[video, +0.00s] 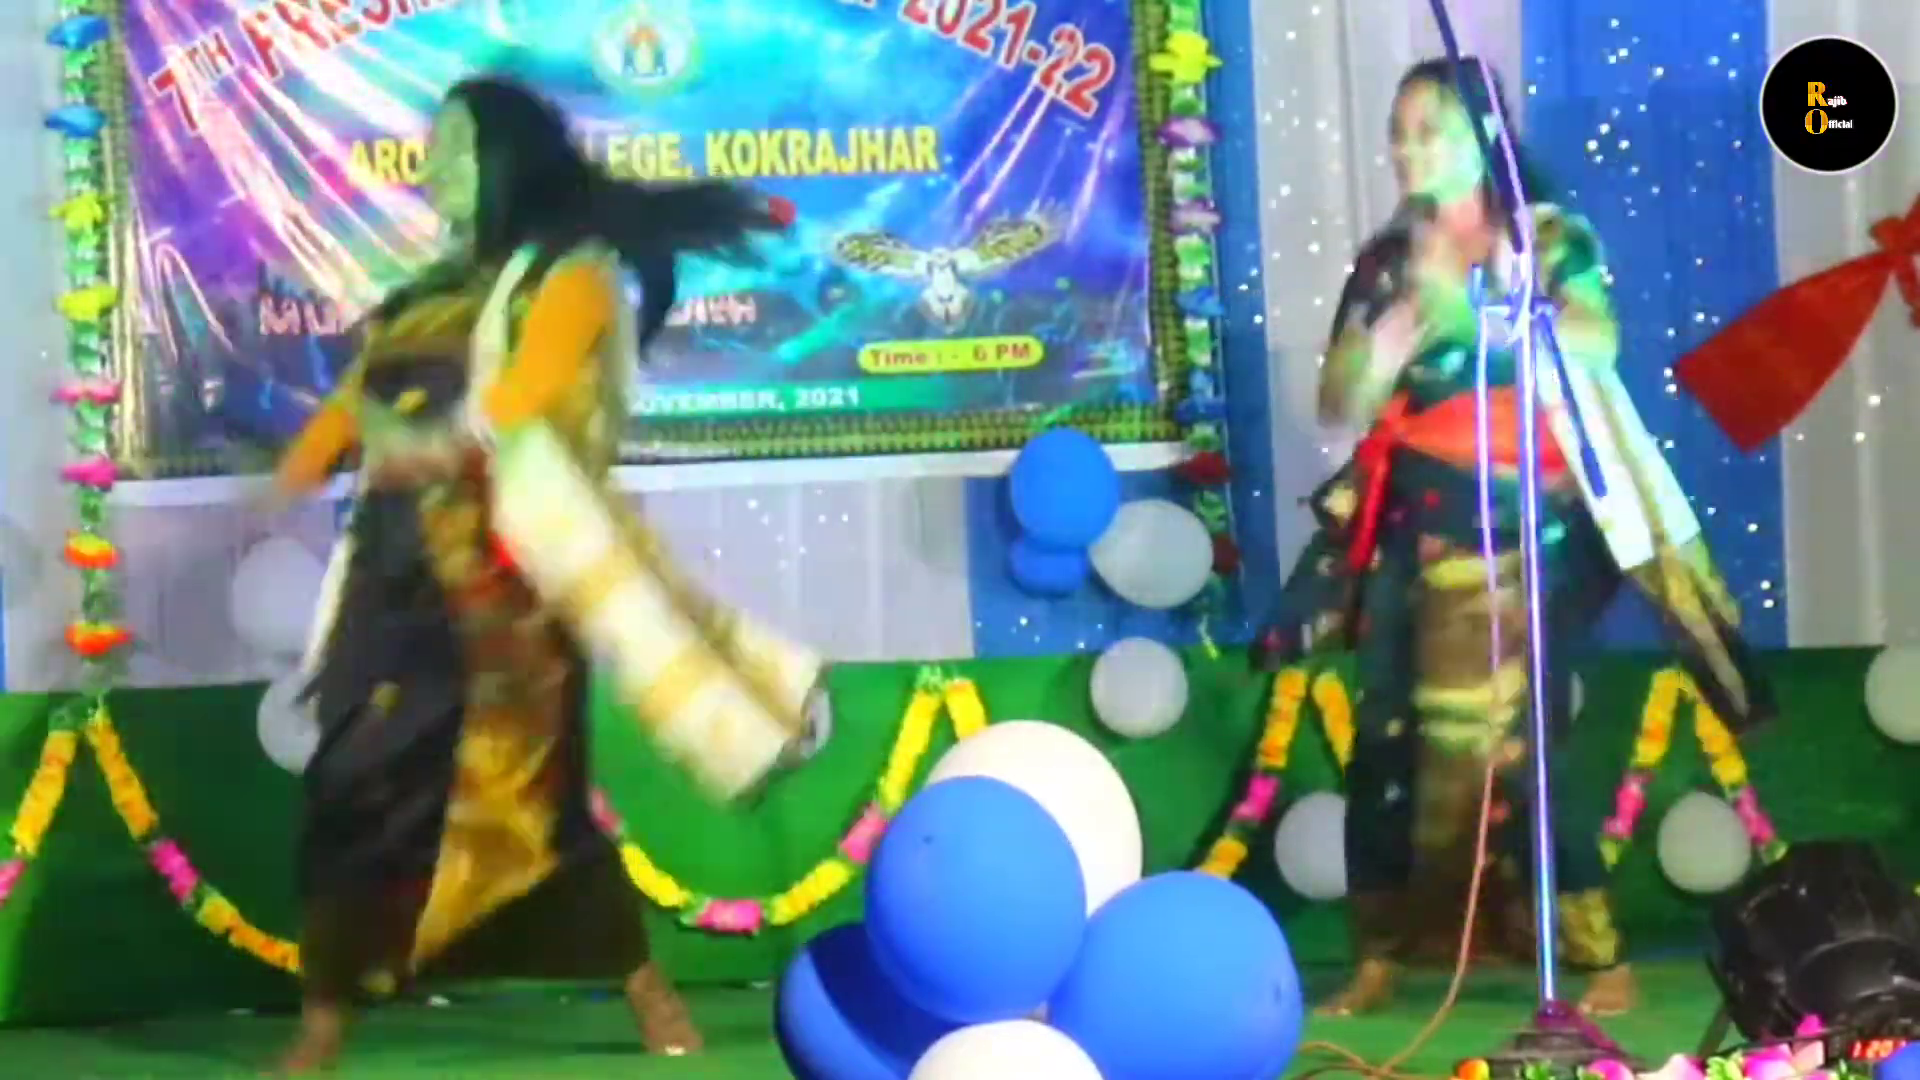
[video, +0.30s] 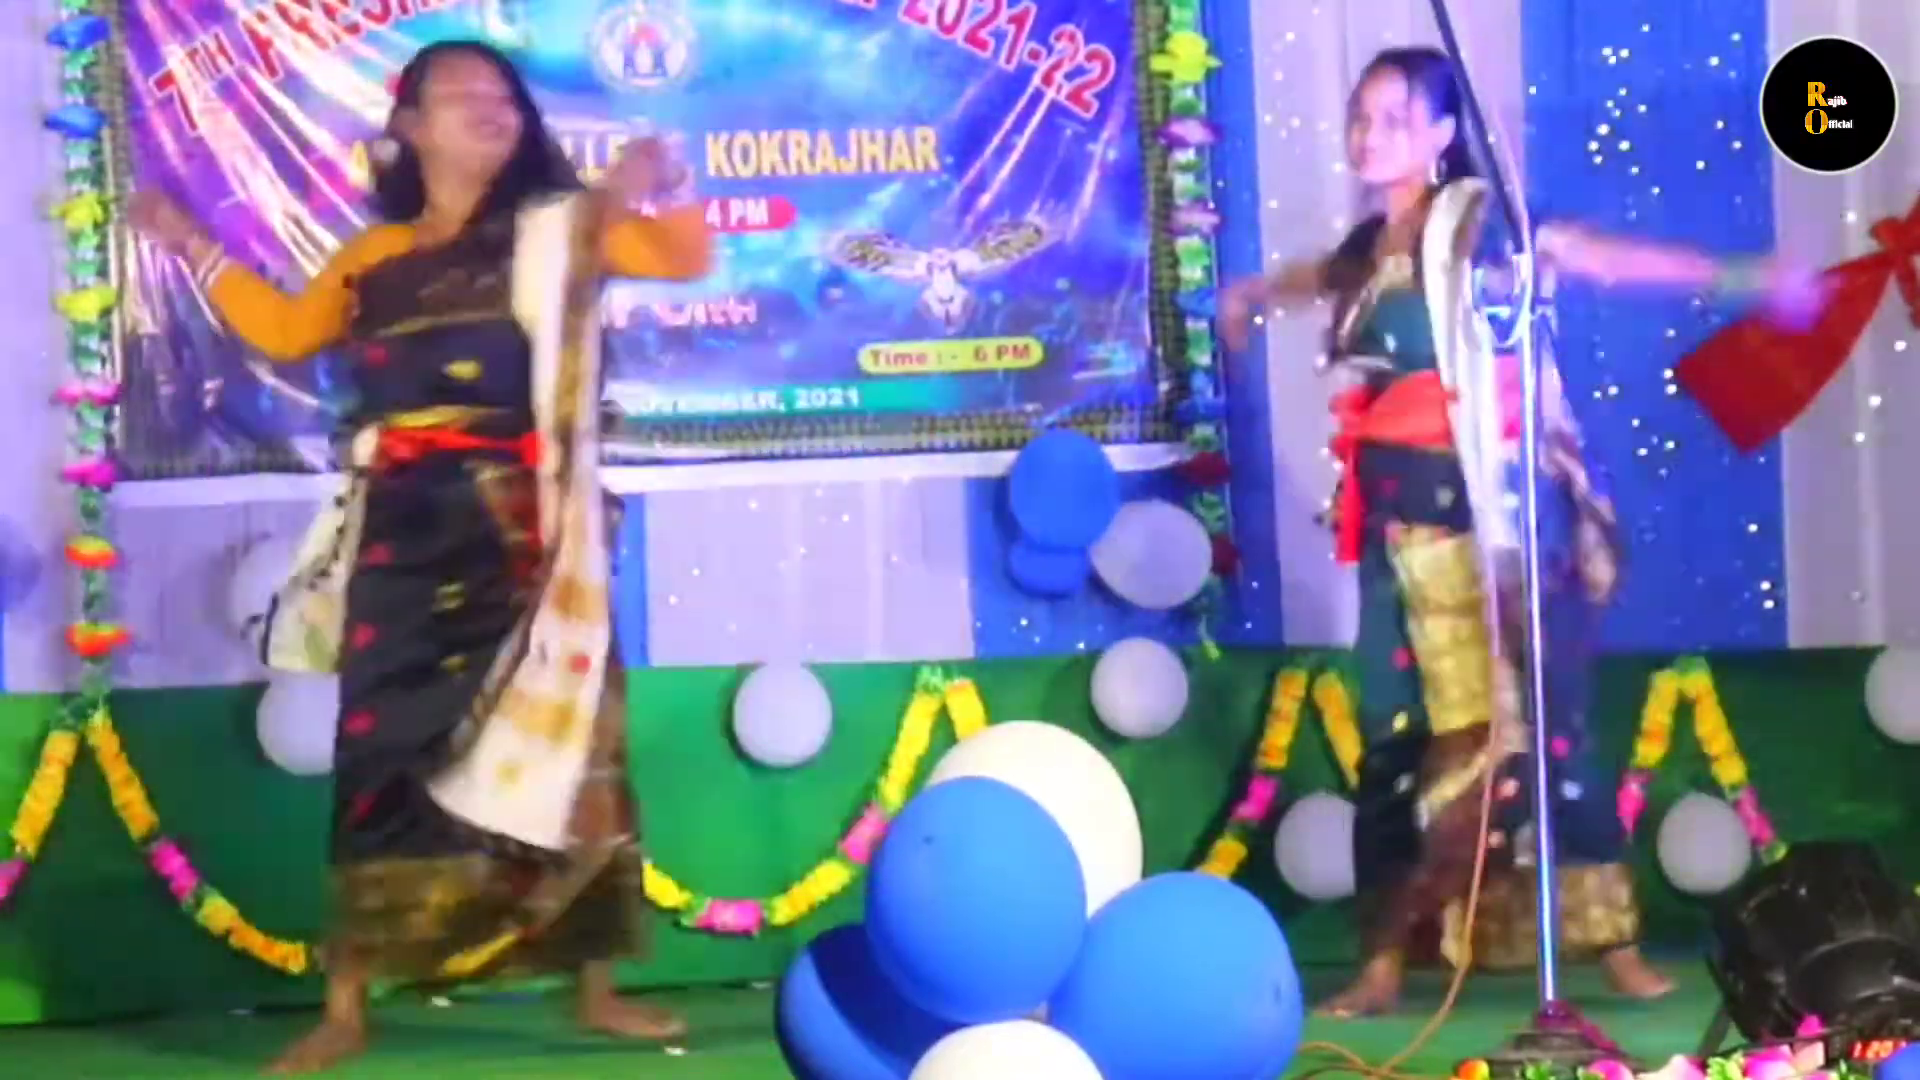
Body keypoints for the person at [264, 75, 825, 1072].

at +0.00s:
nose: (430, 175)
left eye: (447, 154)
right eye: (430, 158)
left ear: (507, 157)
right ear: (456, 168)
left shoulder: (573, 279)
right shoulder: (426, 295)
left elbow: (526, 406)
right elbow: (355, 403)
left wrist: (427, 453)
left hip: (511, 577)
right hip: (393, 579)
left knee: (542, 793)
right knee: (353, 786)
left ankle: (649, 993)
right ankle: (322, 1025)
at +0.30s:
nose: (482, 111)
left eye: (498, 96)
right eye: (456, 98)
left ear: (525, 123)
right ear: (407, 127)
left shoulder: (564, 224)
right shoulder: (373, 254)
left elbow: (684, 258)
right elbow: (289, 332)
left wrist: (658, 199)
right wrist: (191, 242)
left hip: (540, 538)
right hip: (399, 541)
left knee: (584, 751)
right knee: (369, 758)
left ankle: (597, 994)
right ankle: (345, 1014)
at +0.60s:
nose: (598, 166)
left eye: (597, 146)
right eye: (584, 145)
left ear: (549, 153)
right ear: (532, 153)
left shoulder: (581, 271)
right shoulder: (505, 294)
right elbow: (508, 430)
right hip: (550, 570)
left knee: (624, 791)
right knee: (585, 782)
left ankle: (563, 1021)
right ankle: (429, 910)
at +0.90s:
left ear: (582, 118)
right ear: (703, 130)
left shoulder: (557, 226)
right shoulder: (733, 235)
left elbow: (444, 254)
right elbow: (820, 339)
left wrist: (334, 204)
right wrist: (875, 268)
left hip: (629, 523)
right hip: (736, 518)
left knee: (643, 753)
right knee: (742, 733)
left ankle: (747, 996)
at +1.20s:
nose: (610, 152)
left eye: (632, 134)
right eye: (602, 134)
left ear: (693, 141)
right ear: (598, 146)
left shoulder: (763, 247)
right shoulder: (596, 278)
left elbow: (815, 293)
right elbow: (513, 382)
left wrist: (735, 241)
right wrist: (386, 330)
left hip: (733, 546)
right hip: (622, 554)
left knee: (754, 761)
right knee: (646, 771)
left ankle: (759, 1003)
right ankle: (703, 1002)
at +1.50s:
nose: (591, 170)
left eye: (612, 148)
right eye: (574, 152)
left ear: (665, 150)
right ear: (554, 167)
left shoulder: (732, 260)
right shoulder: (530, 281)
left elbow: (812, 363)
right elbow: (452, 410)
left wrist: (738, 457)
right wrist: (482, 527)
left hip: (696, 550)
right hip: (569, 553)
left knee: (732, 761)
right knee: (585, 761)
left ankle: (729, 984)